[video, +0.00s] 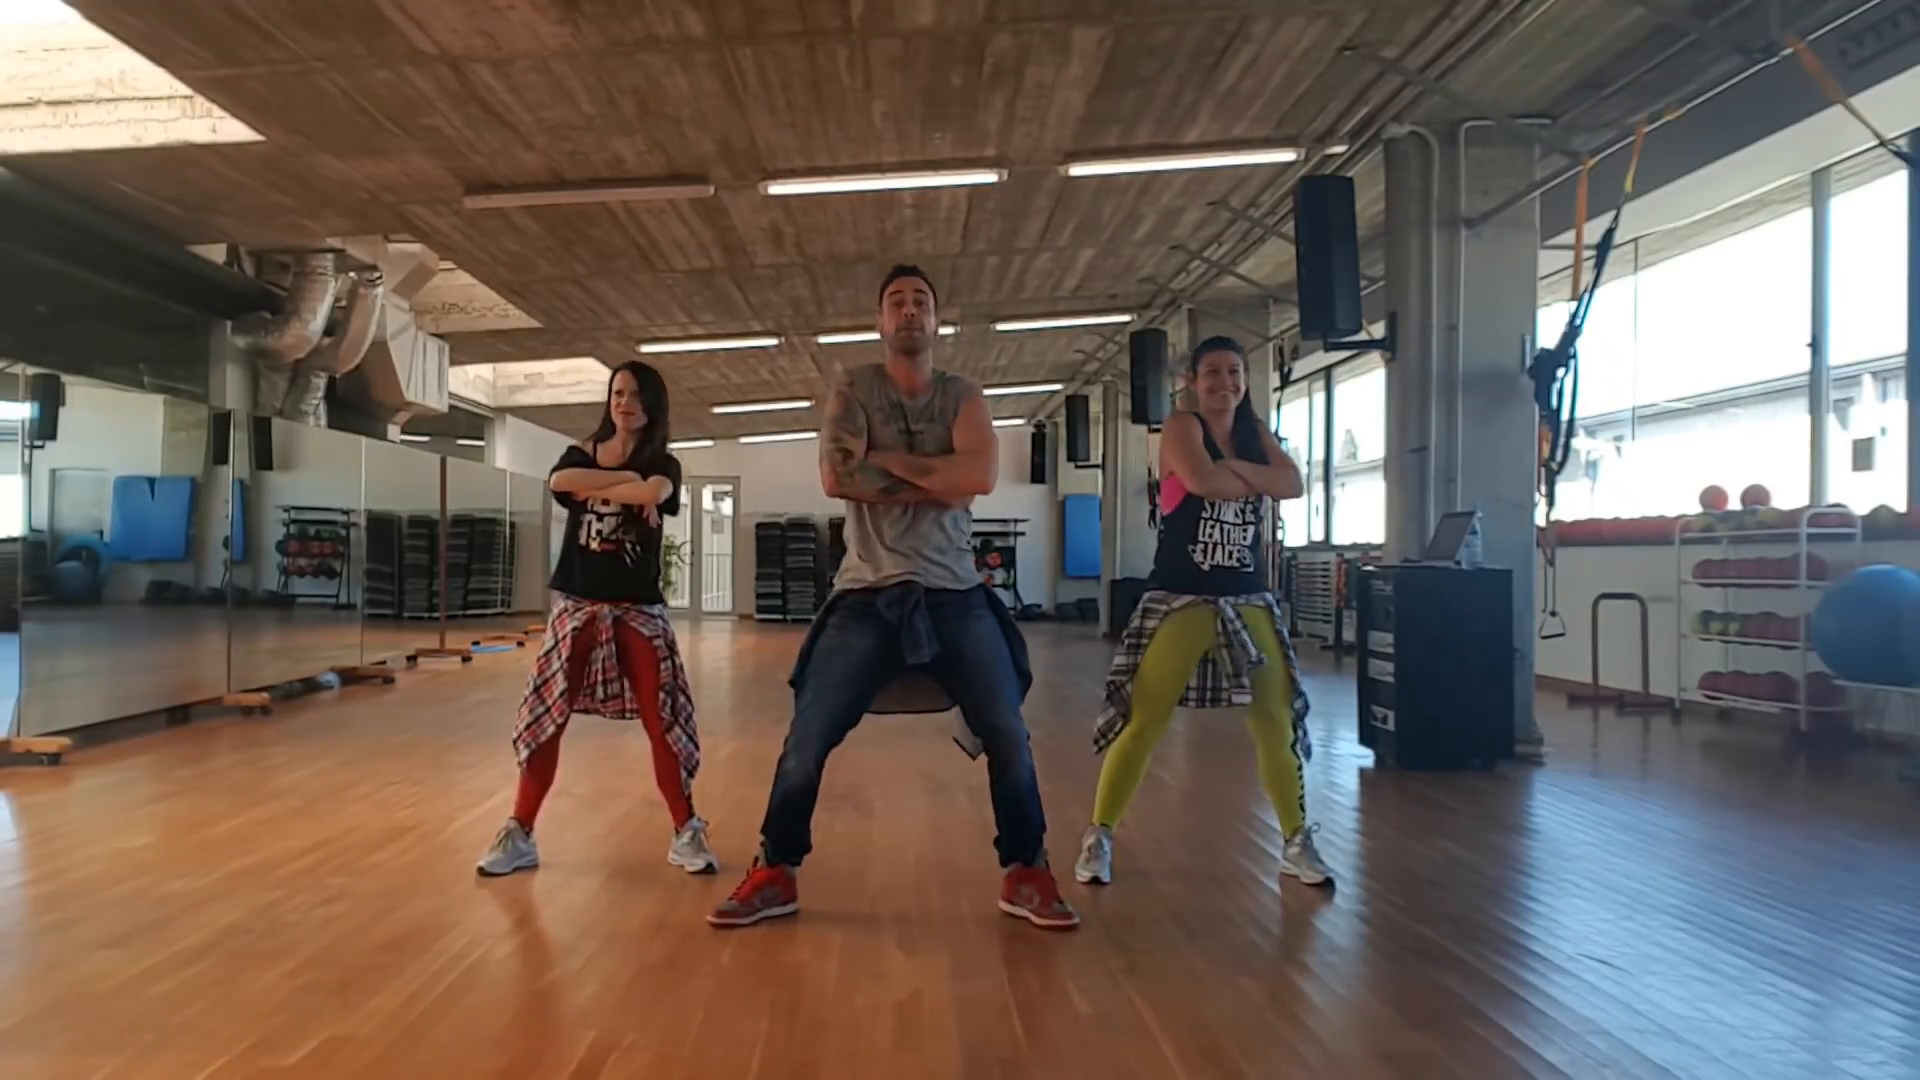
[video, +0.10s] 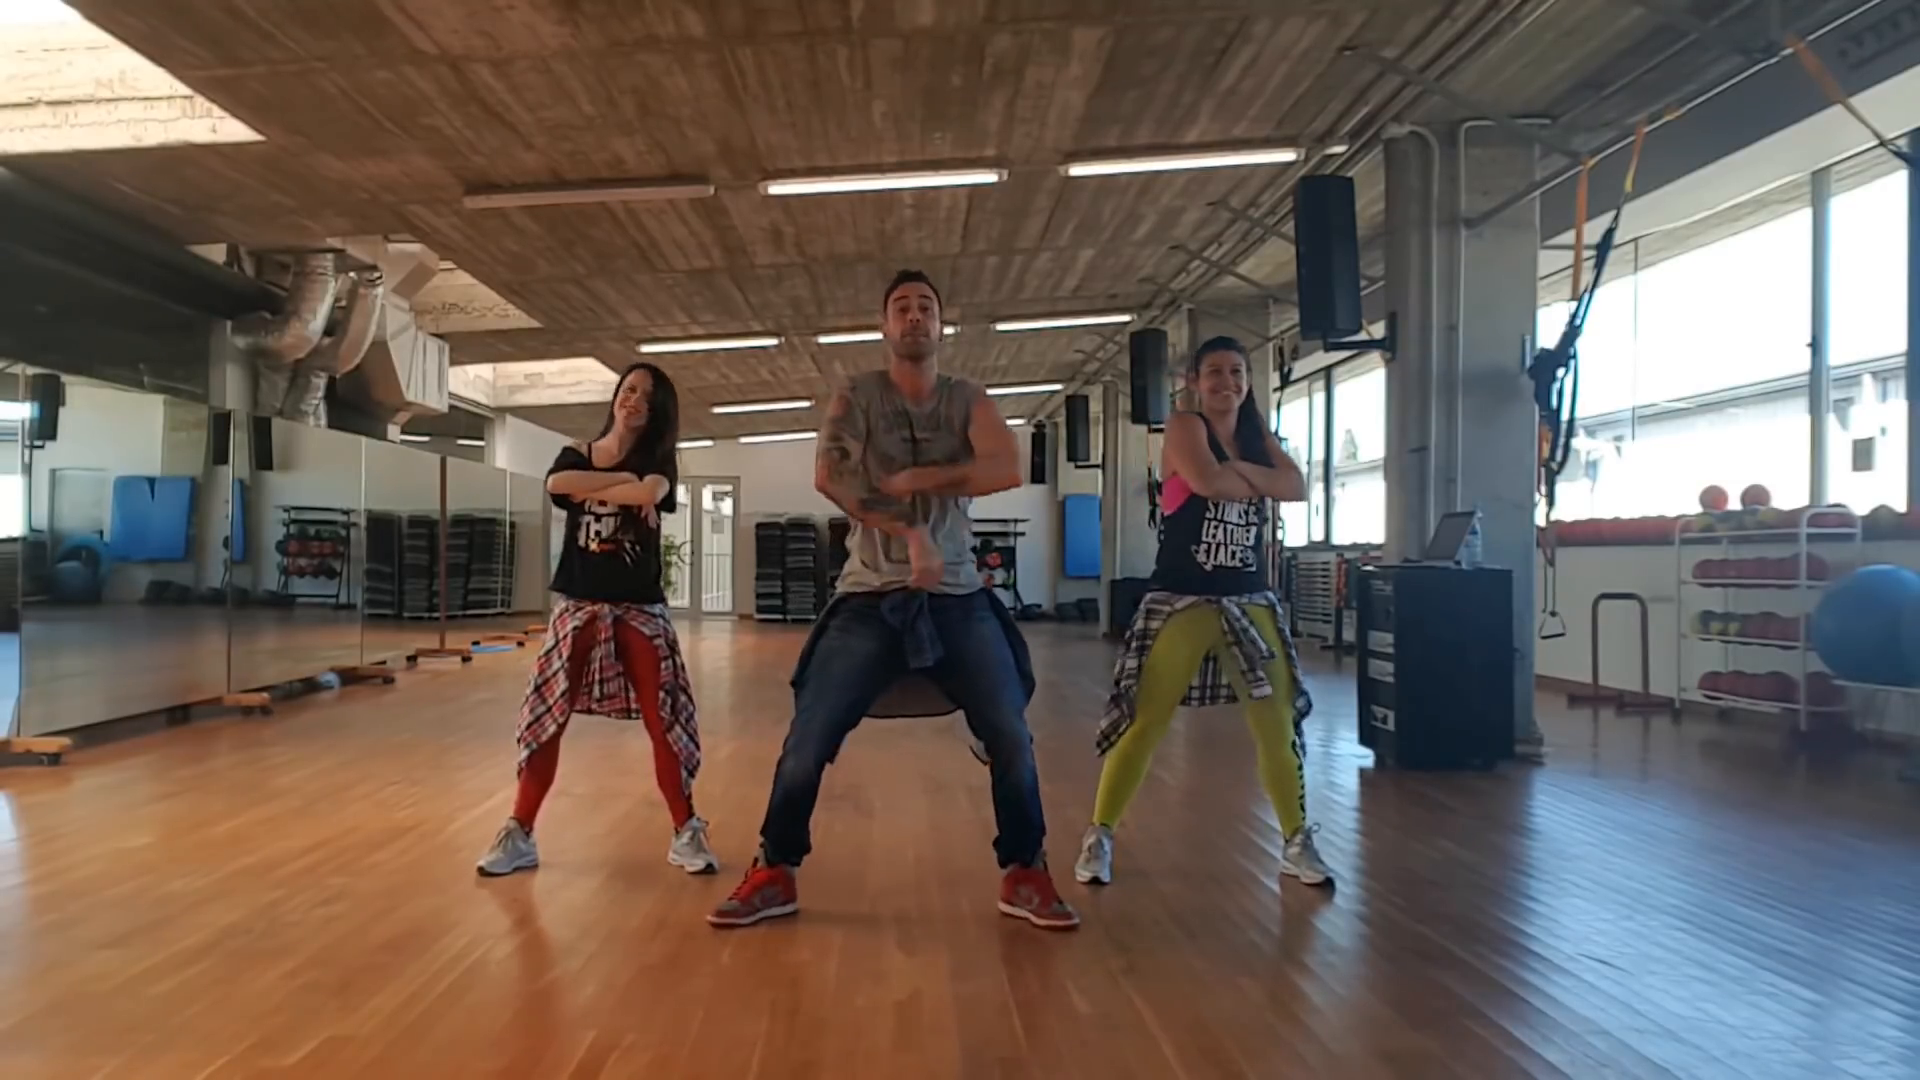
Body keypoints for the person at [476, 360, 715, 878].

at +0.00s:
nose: (624, 403)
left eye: (633, 395)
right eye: (617, 394)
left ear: (652, 404)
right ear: (608, 400)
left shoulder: (663, 463)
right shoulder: (584, 451)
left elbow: (651, 495)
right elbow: (559, 482)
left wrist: (589, 488)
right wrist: (633, 479)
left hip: (639, 605)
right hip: (576, 602)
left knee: (661, 719)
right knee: (547, 714)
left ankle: (687, 831)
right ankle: (520, 834)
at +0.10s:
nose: (634, 401)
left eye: (646, 397)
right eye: (629, 391)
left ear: (657, 412)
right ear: (614, 397)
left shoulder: (659, 465)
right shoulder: (578, 453)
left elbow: (646, 495)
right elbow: (557, 484)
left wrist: (585, 490)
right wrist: (630, 481)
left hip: (640, 605)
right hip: (577, 602)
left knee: (663, 719)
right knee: (547, 714)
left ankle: (687, 831)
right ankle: (520, 834)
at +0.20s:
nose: (622, 389)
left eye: (633, 384)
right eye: (615, 381)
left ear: (650, 401)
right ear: (603, 394)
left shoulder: (657, 458)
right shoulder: (575, 451)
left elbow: (643, 491)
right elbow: (554, 483)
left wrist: (583, 491)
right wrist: (626, 483)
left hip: (638, 604)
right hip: (575, 602)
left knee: (664, 720)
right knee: (545, 714)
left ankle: (687, 831)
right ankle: (519, 834)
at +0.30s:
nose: (605, 386)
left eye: (616, 380)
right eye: (598, 380)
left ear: (636, 395)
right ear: (588, 395)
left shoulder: (651, 456)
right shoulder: (569, 454)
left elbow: (636, 489)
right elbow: (547, 487)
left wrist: (578, 492)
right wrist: (621, 482)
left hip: (635, 602)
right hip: (573, 602)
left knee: (661, 719)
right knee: (543, 714)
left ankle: (688, 831)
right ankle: (519, 834)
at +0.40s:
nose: (599, 386)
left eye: (610, 380)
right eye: (591, 380)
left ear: (629, 395)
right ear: (581, 395)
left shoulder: (642, 455)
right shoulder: (559, 455)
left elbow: (631, 496)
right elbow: (538, 493)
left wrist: (571, 496)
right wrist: (606, 484)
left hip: (629, 603)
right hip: (568, 602)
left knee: (658, 719)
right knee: (539, 714)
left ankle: (687, 830)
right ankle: (519, 835)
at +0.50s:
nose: (595, 388)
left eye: (606, 382)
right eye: (587, 382)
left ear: (624, 397)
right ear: (577, 397)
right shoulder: (557, 456)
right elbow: (535, 504)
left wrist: (564, 510)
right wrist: (609, 505)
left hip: (625, 605)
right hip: (563, 604)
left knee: (656, 721)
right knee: (531, 714)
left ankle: (685, 831)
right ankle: (519, 835)